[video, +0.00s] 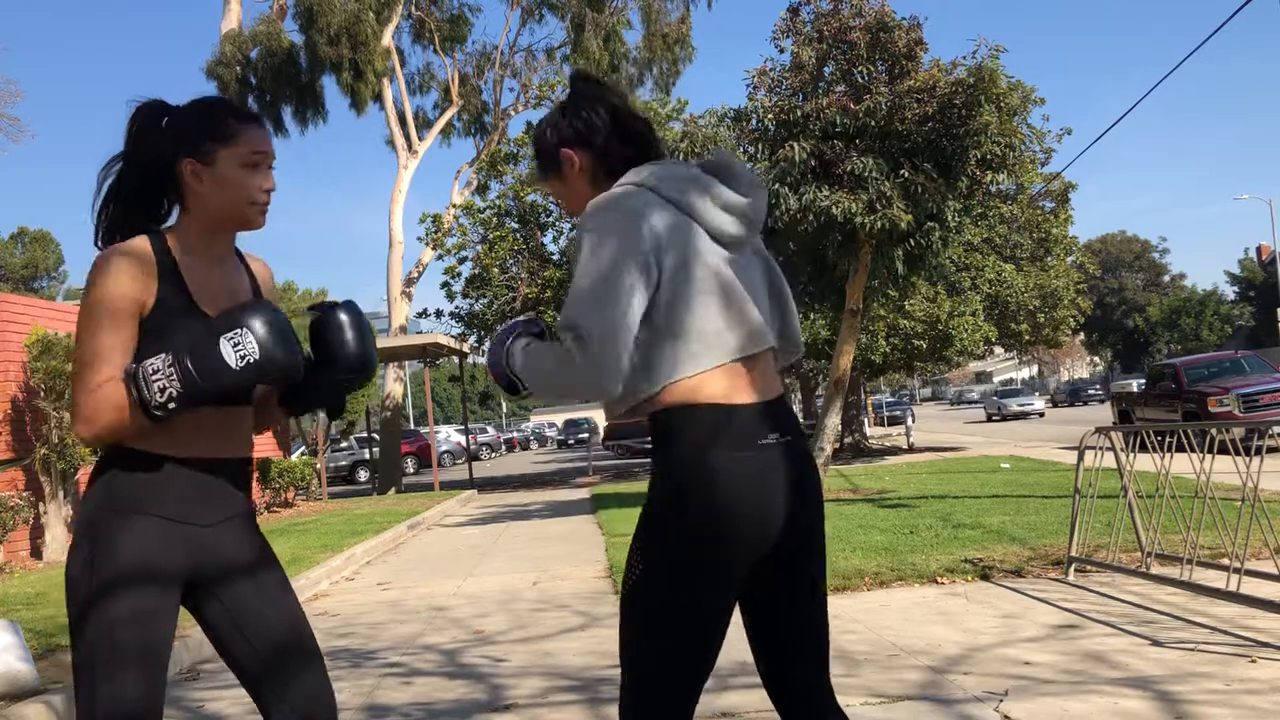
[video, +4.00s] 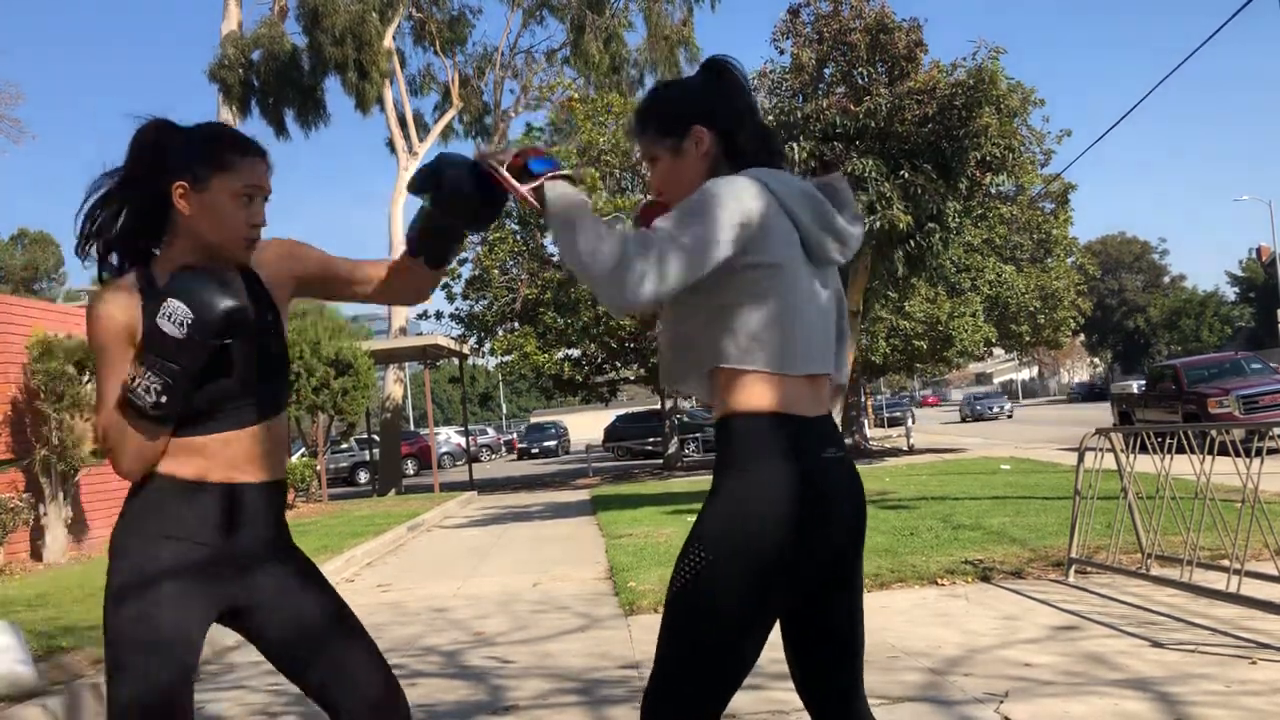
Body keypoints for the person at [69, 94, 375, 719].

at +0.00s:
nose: (272, 184)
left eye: (271, 167)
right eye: (256, 166)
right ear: (195, 173)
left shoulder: (256, 275)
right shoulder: (129, 264)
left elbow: (253, 414)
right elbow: (90, 419)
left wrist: (313, 384)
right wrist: (191, 370)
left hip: (229, 518)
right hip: (135, 513)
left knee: (309, 704)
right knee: (121, 710)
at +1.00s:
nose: (234, 212)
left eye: (237, 194)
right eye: (222, 191)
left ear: (168, 190)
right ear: (161, 188)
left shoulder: (207, 294)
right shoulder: (73, 265)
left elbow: (247, 416)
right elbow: (98, 401)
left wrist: (296, 336)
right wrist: (185, 299)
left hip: (195, 532)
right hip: (95, 531)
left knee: (296, 705)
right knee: (85, 710)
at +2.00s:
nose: (218, 212)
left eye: (220, 195)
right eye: (204, 192)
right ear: (142, 192)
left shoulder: (210, 289)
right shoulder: (56, 265)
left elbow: (222, 429)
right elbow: (27, 411)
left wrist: (275, 360)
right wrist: (109, 321)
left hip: (183, 535)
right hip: (74, 536)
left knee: (284, 708)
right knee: (57, 710)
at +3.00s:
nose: (225, 228)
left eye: (231, 211)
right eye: (213, 208)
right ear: (148, 201)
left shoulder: (224, 290)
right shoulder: (66, 282)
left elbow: (272, 420)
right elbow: (68, 434)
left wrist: (287, 317)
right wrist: (112, 323)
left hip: (215, 539)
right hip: (108, 541)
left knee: (326, 706)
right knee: (78, 709)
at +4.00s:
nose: (260, 217)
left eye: (263, 200)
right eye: (247, 198)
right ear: (185, 197)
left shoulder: (278, 265)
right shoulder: (121, 305)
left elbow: (403, 283)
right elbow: (130, 459)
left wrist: (452, 215)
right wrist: (166, 356)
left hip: (264, 541)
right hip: (166, 543)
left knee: (380, 705)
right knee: (146, 709)